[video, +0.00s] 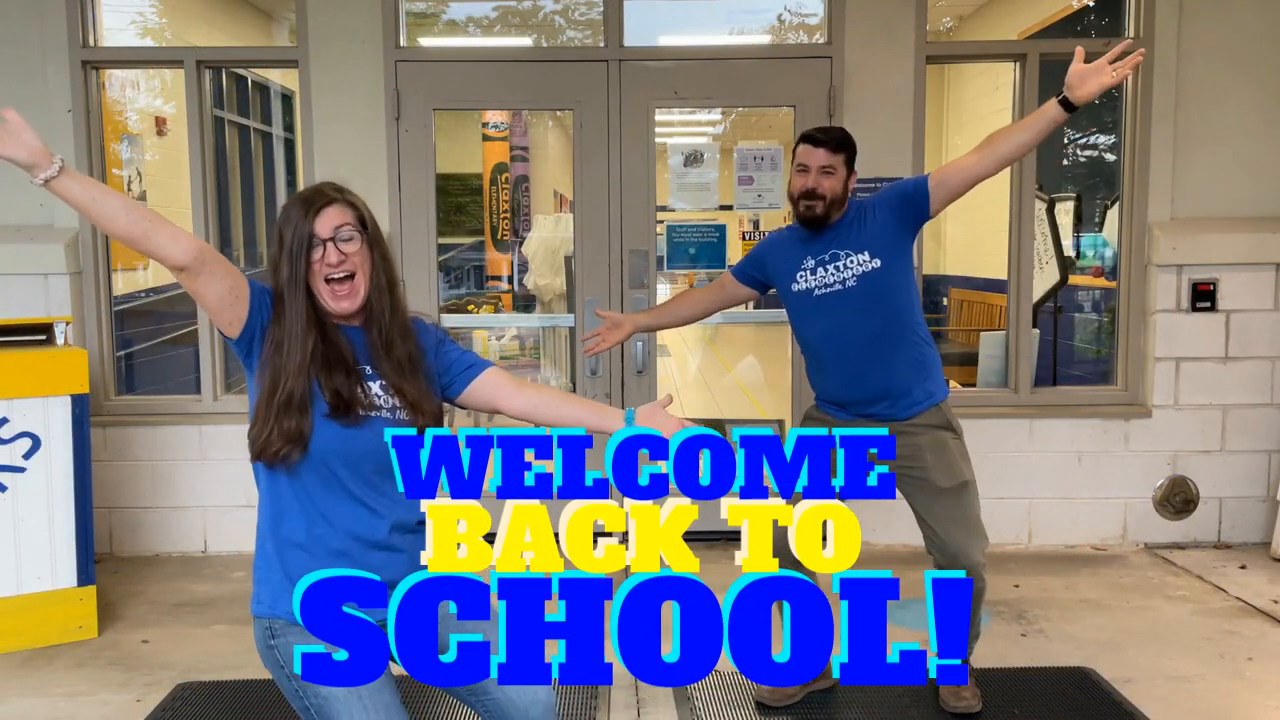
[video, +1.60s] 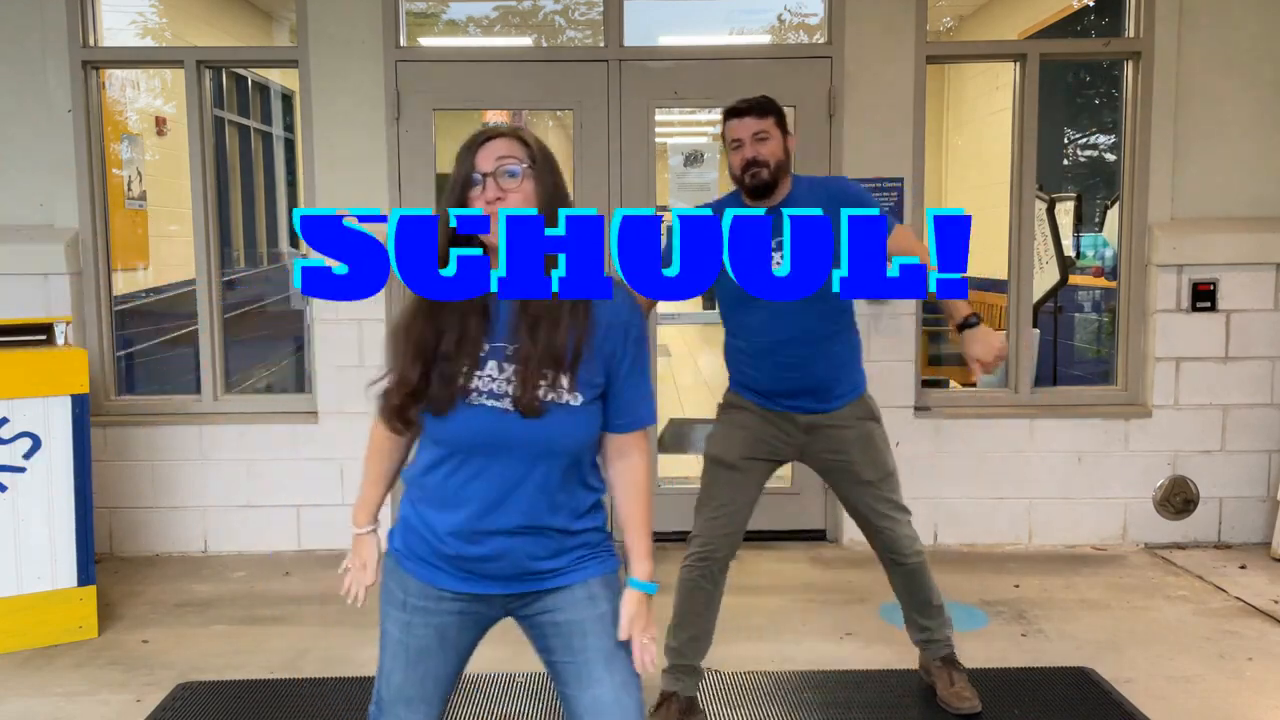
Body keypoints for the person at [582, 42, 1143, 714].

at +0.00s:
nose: (810, 181)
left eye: (825, 171)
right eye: (801, 170)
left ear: (850, 178)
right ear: (789, 177)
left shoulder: (893, 209)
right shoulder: (776, 251)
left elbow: (984, 159)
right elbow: (707, 297)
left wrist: (1068, 99)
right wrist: (635, 321)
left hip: (921, 421)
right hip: (833, 424)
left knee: (964, 556)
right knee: (796, 546)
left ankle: (955, 667)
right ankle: (806, 662)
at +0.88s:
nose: (839, 161)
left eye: (853, 151)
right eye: (829, 149)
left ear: (879, 153)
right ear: (818, 151)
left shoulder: (922, 189)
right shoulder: (799, 221)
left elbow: (1028, 179)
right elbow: (722, 277)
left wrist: (1131, 165)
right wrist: (656, 333)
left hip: (927, 404)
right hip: (840, 403)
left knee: (946, 545)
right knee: (807, 537)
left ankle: (948, 668)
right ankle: (809, 663)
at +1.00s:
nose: (849, 170)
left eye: (863, 158)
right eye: (838, 158)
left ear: (887, 165)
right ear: (824, 164)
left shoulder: (931, 215)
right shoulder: (805, 236)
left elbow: (1025, 261)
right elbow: (763, 319)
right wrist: (721, 389)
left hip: (934, 413)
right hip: (849, 412)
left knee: (951, 552)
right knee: (813, 537)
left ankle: (947, 663)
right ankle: (807, 656)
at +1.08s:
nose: (855, 175)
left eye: (869, 164)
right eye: (844, 164)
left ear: (892, 170)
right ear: (831, 171)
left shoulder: (938, 231)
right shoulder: (811, 245)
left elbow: (984, 320)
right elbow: (804, 338)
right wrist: (785, 423)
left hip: (939, 419)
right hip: (850, 419)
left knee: (954, 555)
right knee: (817, 544)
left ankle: (949, 670)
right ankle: (808, 661)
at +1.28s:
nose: (846, 155)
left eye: (860, 143)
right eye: (835, 144)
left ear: (885, 152)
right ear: (821, 153)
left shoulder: (930, 213)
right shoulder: (801, 222)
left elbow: (974, 296)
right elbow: (765, 294)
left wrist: (992, 387)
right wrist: (746, 359)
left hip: (920, 410)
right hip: (829, 406)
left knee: (944, 546)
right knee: (786, 519)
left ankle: (950, 667)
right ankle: (795, 651)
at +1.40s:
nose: (819, 145)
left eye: (833, 132)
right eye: (807, 134)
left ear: (858, 138)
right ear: (794, 145)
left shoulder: (905, 194)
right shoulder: (773, 212)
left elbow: (975, 266)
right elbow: (723, 276)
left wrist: (1013, 348)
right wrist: (686, 336)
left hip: (898, 398)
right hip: (810, 394)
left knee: (933, 529)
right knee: (763, 523)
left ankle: (942, 657)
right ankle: (720, 663)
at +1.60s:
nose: (750, 152)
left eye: (761, 138)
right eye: (736, 144)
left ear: (788, 142)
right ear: (725, 156)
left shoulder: (833, 199)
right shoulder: (715, 221)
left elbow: (917, 252)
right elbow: (647, 297)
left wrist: (968, 326)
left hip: (840, 412)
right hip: (751, 412)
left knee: (899, 542)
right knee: (708, 548)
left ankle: (940, 657)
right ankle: (678, 690)